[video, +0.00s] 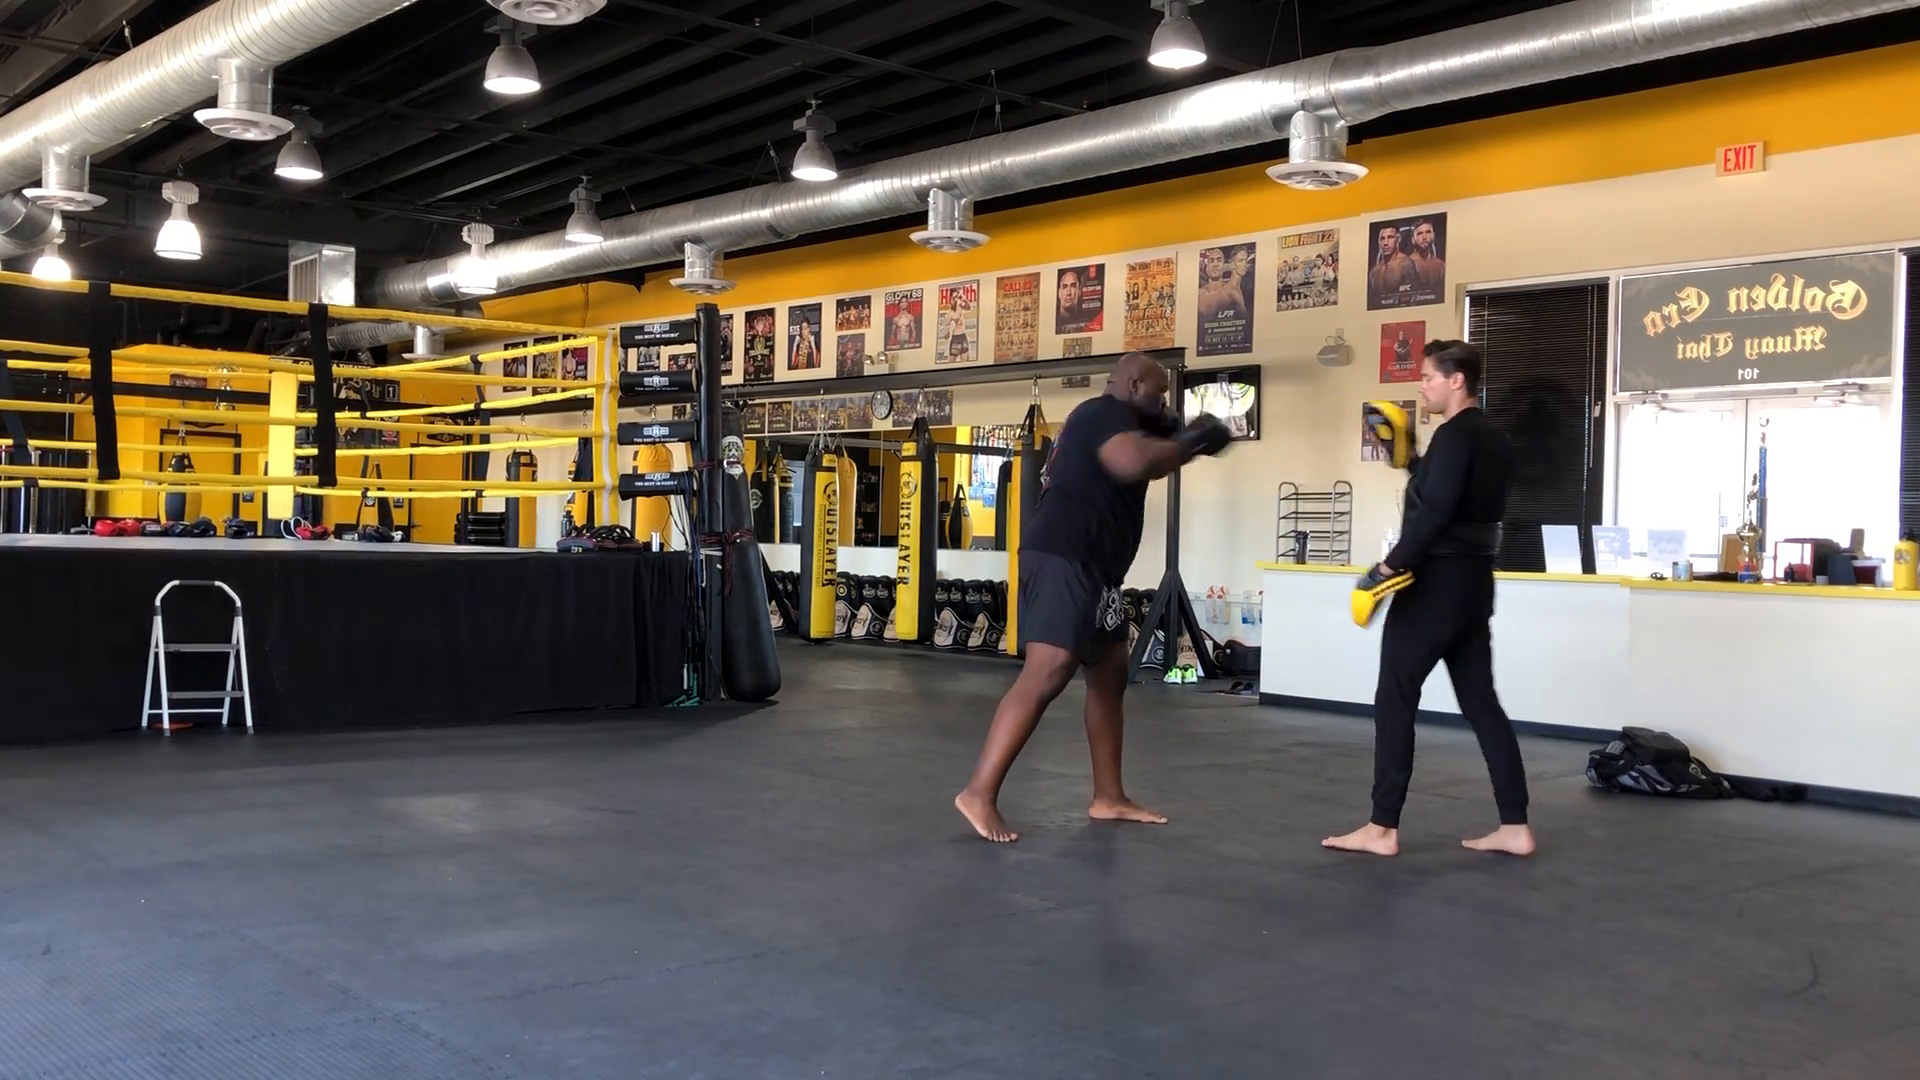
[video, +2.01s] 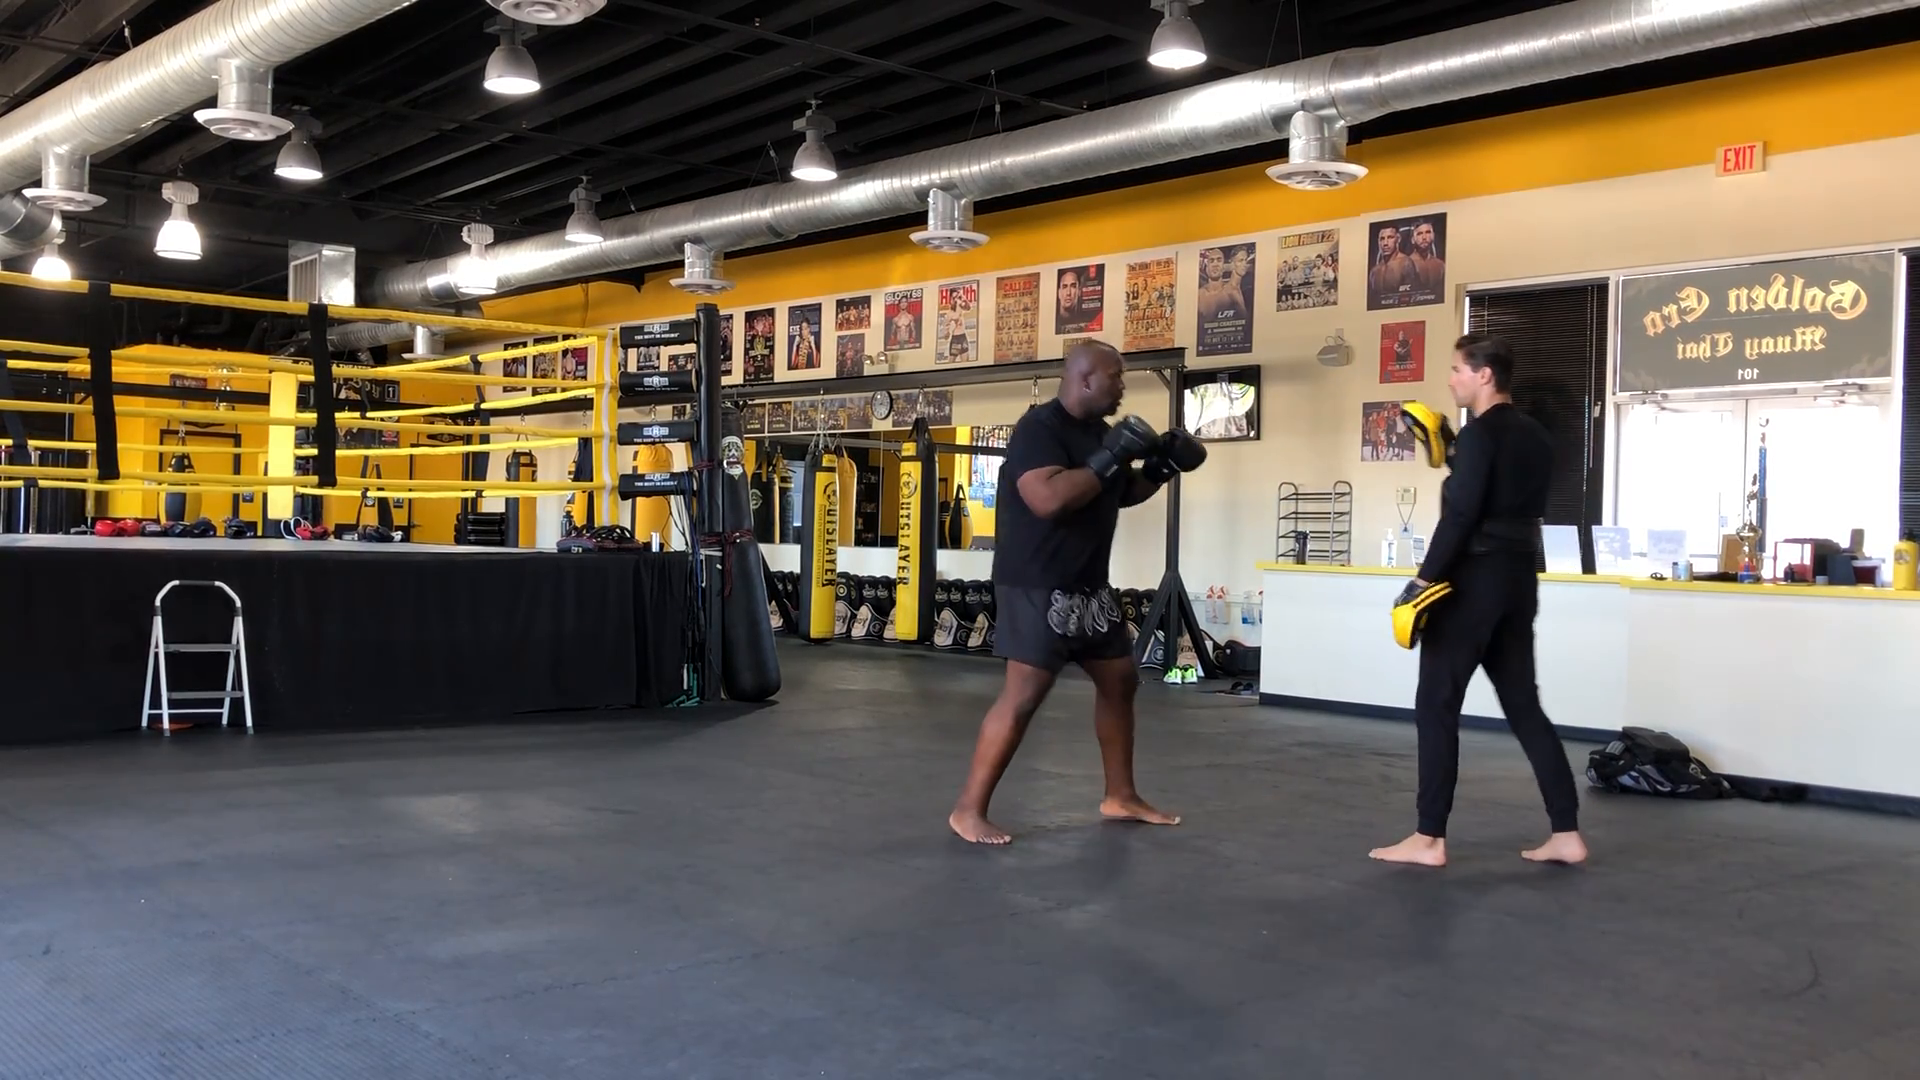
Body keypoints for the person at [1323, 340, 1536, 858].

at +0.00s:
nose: (1421, 388)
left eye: (1427, 379)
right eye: (1421, 378)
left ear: (1456, 381)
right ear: (1460, 385)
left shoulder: (1455, 435)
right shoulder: (1492, 435)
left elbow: (1432, 512)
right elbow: (1442, 491)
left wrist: (1387, 569)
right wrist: (1404, 454)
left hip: (1433, 582)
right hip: (1472, 582)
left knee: (1393, 700)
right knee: (1481, 703)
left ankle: (1382, 827)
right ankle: (1515, 827)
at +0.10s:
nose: (1435, 388)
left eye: (1442, 378)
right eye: (1435, 379)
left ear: (1471, 381)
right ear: (1476, 382)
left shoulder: (1463, 435)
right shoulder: (1508, 437)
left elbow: (1445, 514)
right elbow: (1475, 500)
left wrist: (1401, 582)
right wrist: (1433, 455)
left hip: (1449, 586)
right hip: (1492, 586)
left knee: (1405, 701)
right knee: (1502, 707)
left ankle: (1384, 826)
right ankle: (1518, 830)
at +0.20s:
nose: (1444, 386)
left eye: (1451, 377)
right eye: (1445, 377)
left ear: (1479, 380)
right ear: (1485, 381)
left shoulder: (1473, 433)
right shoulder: (1519, 435)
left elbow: (1461, 510)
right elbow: (1515, 515)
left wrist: (1426, 580)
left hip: (1465, 587)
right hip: (1507, 588)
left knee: (1417, 699)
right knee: (1515, 710)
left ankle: (1392, 825)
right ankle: (1519, 831)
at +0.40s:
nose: (1456, 386)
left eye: (1462, 376)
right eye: (1457, 377)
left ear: (1491, 379)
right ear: (1497, 380)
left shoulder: (1488, 432)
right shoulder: (1542, 439)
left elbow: (1479, 509)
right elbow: (1563, 525)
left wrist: (1451, 580)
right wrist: (1523, 560)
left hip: (1481, 585)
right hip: (1526, 589)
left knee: (1436, 699)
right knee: (1524, 708)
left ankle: (1464, 825)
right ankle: (1521, 830)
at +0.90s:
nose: (1465, 384)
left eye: (1470, 375)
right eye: (1465, 374)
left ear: (1497, 377)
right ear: (1504, 378)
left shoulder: (1498, 432)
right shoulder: (1557, 428)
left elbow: (1485, 516)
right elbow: (1590, 509)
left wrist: (1450, 584)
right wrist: (1551, 544)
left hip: (1514, 575)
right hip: (1559, 574)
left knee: (1518, 709)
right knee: (1524, 705)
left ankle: (1529, 845)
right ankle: (1523, 823)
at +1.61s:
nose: (1496, 384)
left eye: (1502, 375)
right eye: (1496, 375)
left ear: (1529, 376)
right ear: (1539, 378)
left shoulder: (1520, 431)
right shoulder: (1584, 437)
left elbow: (1498, 512)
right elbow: (1578, 514)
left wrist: (1464, 581)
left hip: (1518, 585)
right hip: (1567, 587)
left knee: (1456, 695)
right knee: (1569, 714)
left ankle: (1493, 823)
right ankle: (1575, 841)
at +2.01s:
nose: (1452, 380)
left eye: (1458, 371)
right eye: (1453, 371)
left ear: (1484, 375)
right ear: (1494, 377)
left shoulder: (1481, 432)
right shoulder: (1533, 433)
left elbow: (1460, 513)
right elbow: (1504, 498)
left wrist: (1422, 582)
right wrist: (1450, 458)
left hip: (1471, 584)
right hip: (1516, 586)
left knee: (1435, 708)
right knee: (1525, 709)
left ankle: (1429, 837)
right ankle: (1567, 834)